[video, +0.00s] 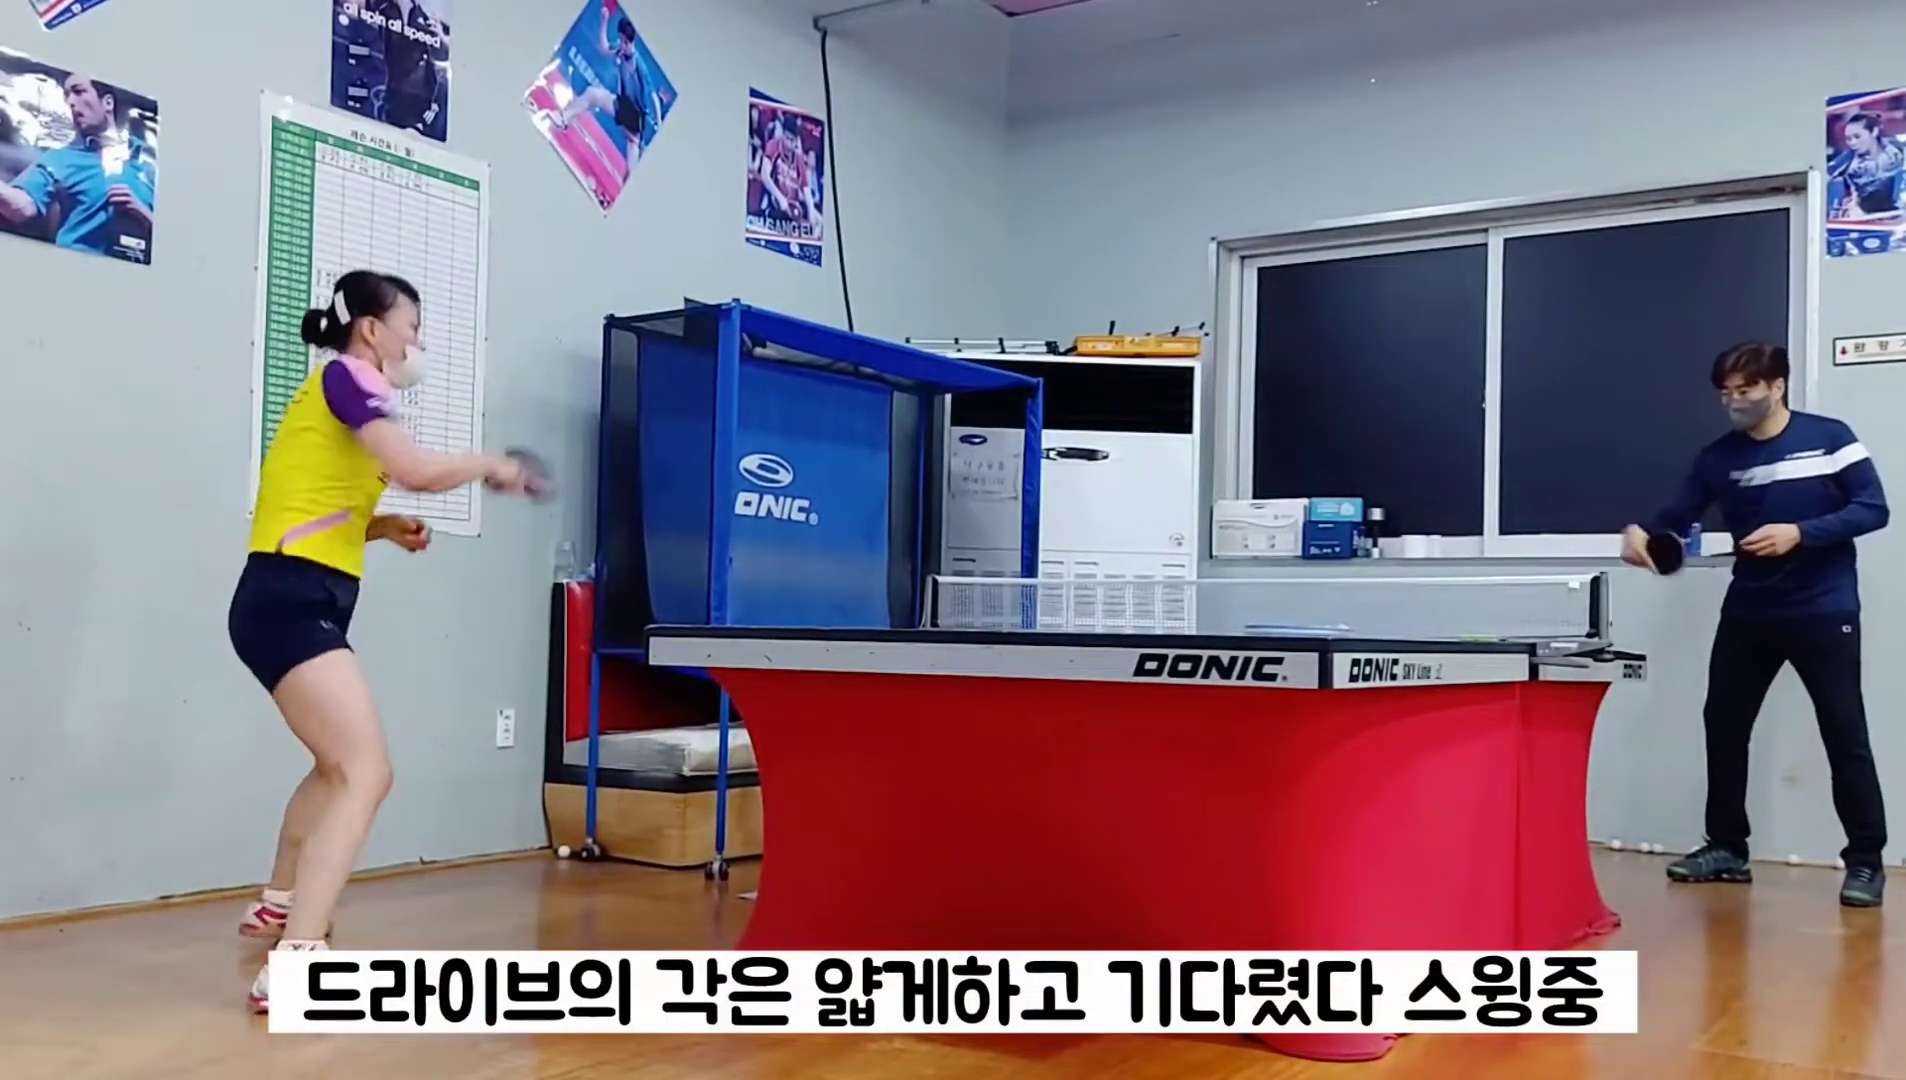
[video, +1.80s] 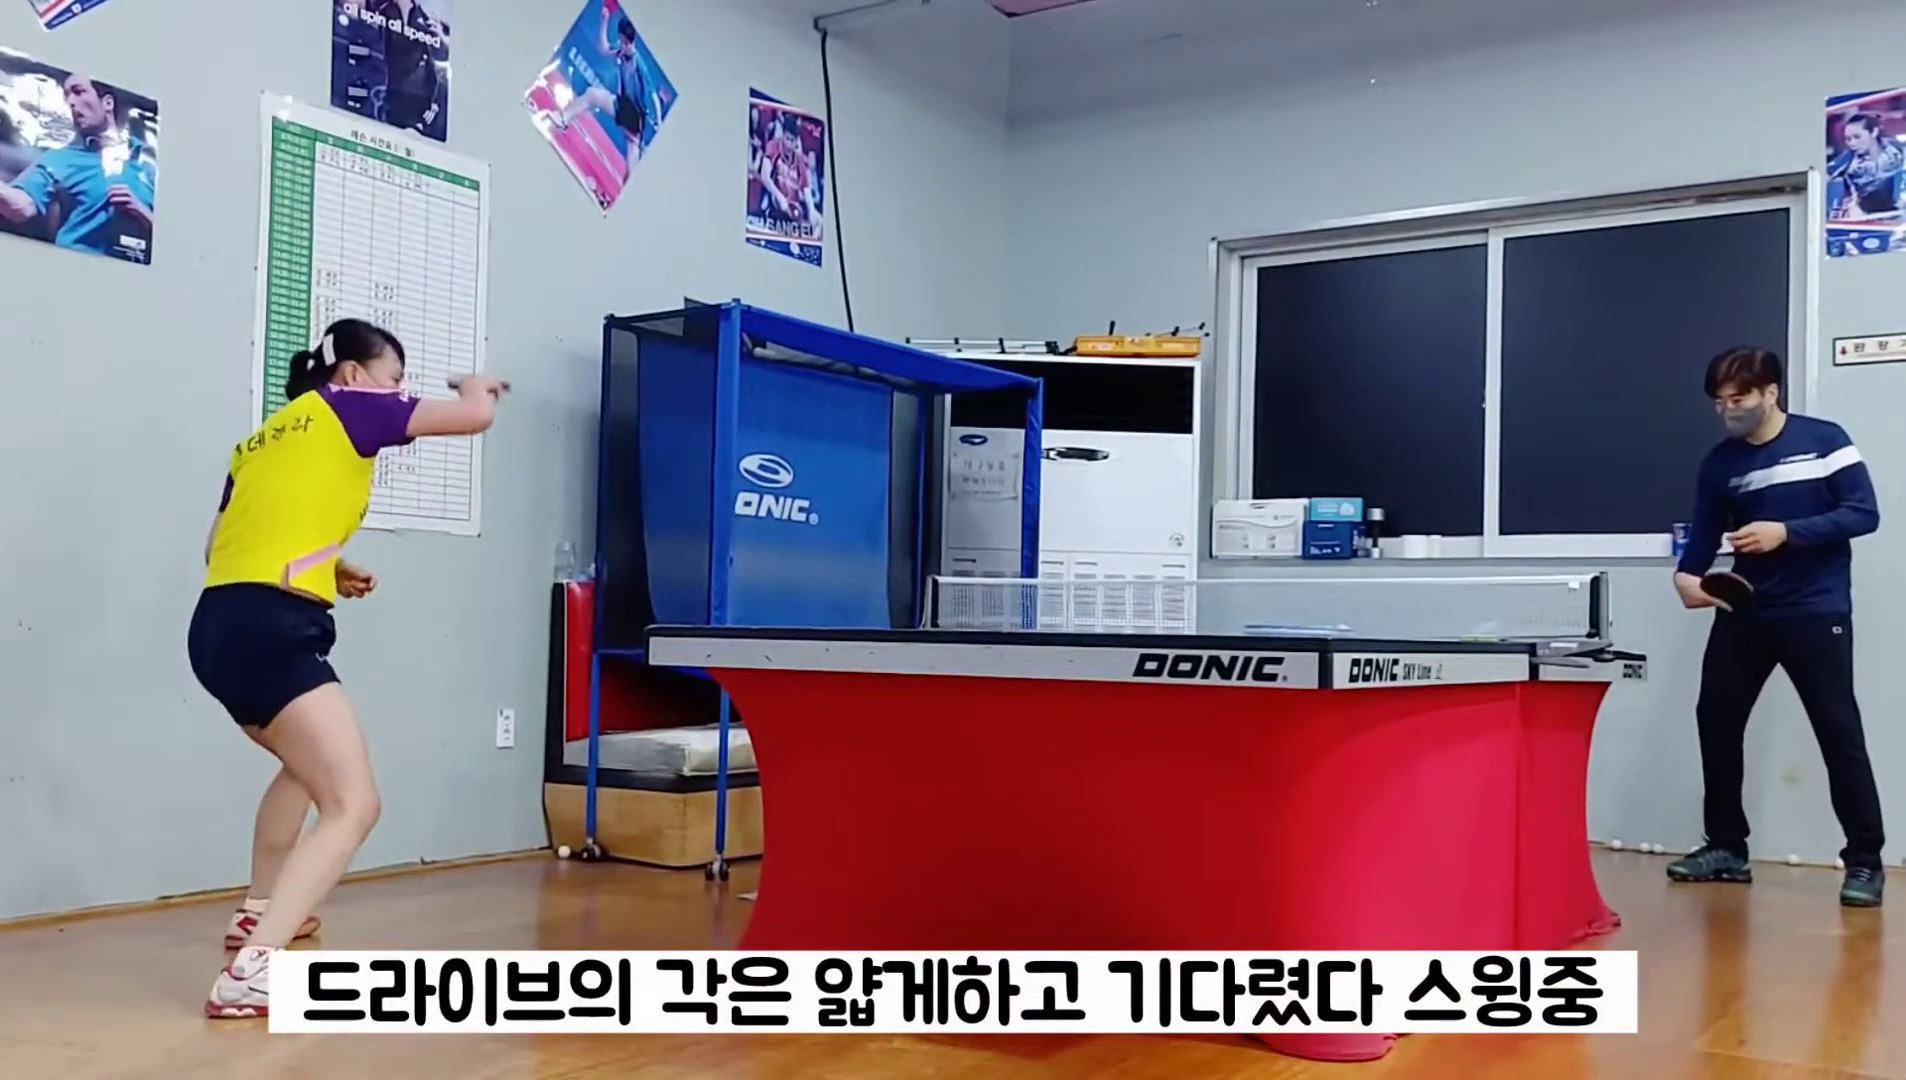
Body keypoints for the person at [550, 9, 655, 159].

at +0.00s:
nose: (621, 42)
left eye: (624, 40)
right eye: (621, 39)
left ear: (628, 40)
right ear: (619, 38)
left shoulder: (631, 57)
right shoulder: (621, 53)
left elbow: (630, 55)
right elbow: (604, 50)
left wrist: (628, 50)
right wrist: (604, 22)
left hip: (628, 107)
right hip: (636, 114)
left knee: (592, 94)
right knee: (633, 144)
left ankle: (562, 118)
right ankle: (629, 179)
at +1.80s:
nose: (622, 43)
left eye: (624, 40)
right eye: (622, 40)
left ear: (628, 41)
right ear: (622, 40)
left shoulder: (632, 56)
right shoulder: (621, 54)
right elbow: (604, 49)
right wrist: (604, 22)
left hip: (628, 109)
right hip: (636, 115)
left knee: (593, 94)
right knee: (632, 164)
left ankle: (563, 118)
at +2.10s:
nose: (621, 42)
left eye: (623, 39)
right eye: (621, 39)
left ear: (627, 40)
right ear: (625, 39)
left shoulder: (631, 55)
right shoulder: (623, 52)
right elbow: (604, 50)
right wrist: (604, 22)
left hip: (628, 108)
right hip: (636, 115)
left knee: (593, 94)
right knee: (633, 159)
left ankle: (563, 117)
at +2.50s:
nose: (622, 42)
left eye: (624, 39)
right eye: (622, 38)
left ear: (627, 40)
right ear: (622, 38)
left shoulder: (631, 56)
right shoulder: (622, 51)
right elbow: (604, 50)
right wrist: (604, 22)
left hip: (628, 107)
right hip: (636, 113)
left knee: (593, 94)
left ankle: (564, 117)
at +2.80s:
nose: (621, 42)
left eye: (623, 39)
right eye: (621, 39)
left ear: (627, 40)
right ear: (622, 39)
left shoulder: (631, 55)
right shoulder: (623, 53)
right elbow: (604, 50)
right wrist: (604, 22)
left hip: (628, 108)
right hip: (637, 115)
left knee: (593, 94)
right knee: (633, 154)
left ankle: (563, 118)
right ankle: (631, 188)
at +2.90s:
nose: (621, 42)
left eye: (623, 39)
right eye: (621, 39)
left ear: (628, 40)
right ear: (622, 38)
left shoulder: (631, 55)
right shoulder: (623, 52)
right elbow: (604, 49)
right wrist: (604, 22)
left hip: (629, 108)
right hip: (637, 115)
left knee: (593, 93)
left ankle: (563, 117)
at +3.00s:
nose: (622, 43)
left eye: (624, 40)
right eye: (621, 39)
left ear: (629, 41)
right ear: (620, 38)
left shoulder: (632, 56)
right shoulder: (622, 53)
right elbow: (604, 49)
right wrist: (603, 22)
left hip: (628, 108)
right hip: (636, 115)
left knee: (593, 94)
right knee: (632, 163)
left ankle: (562, 117)